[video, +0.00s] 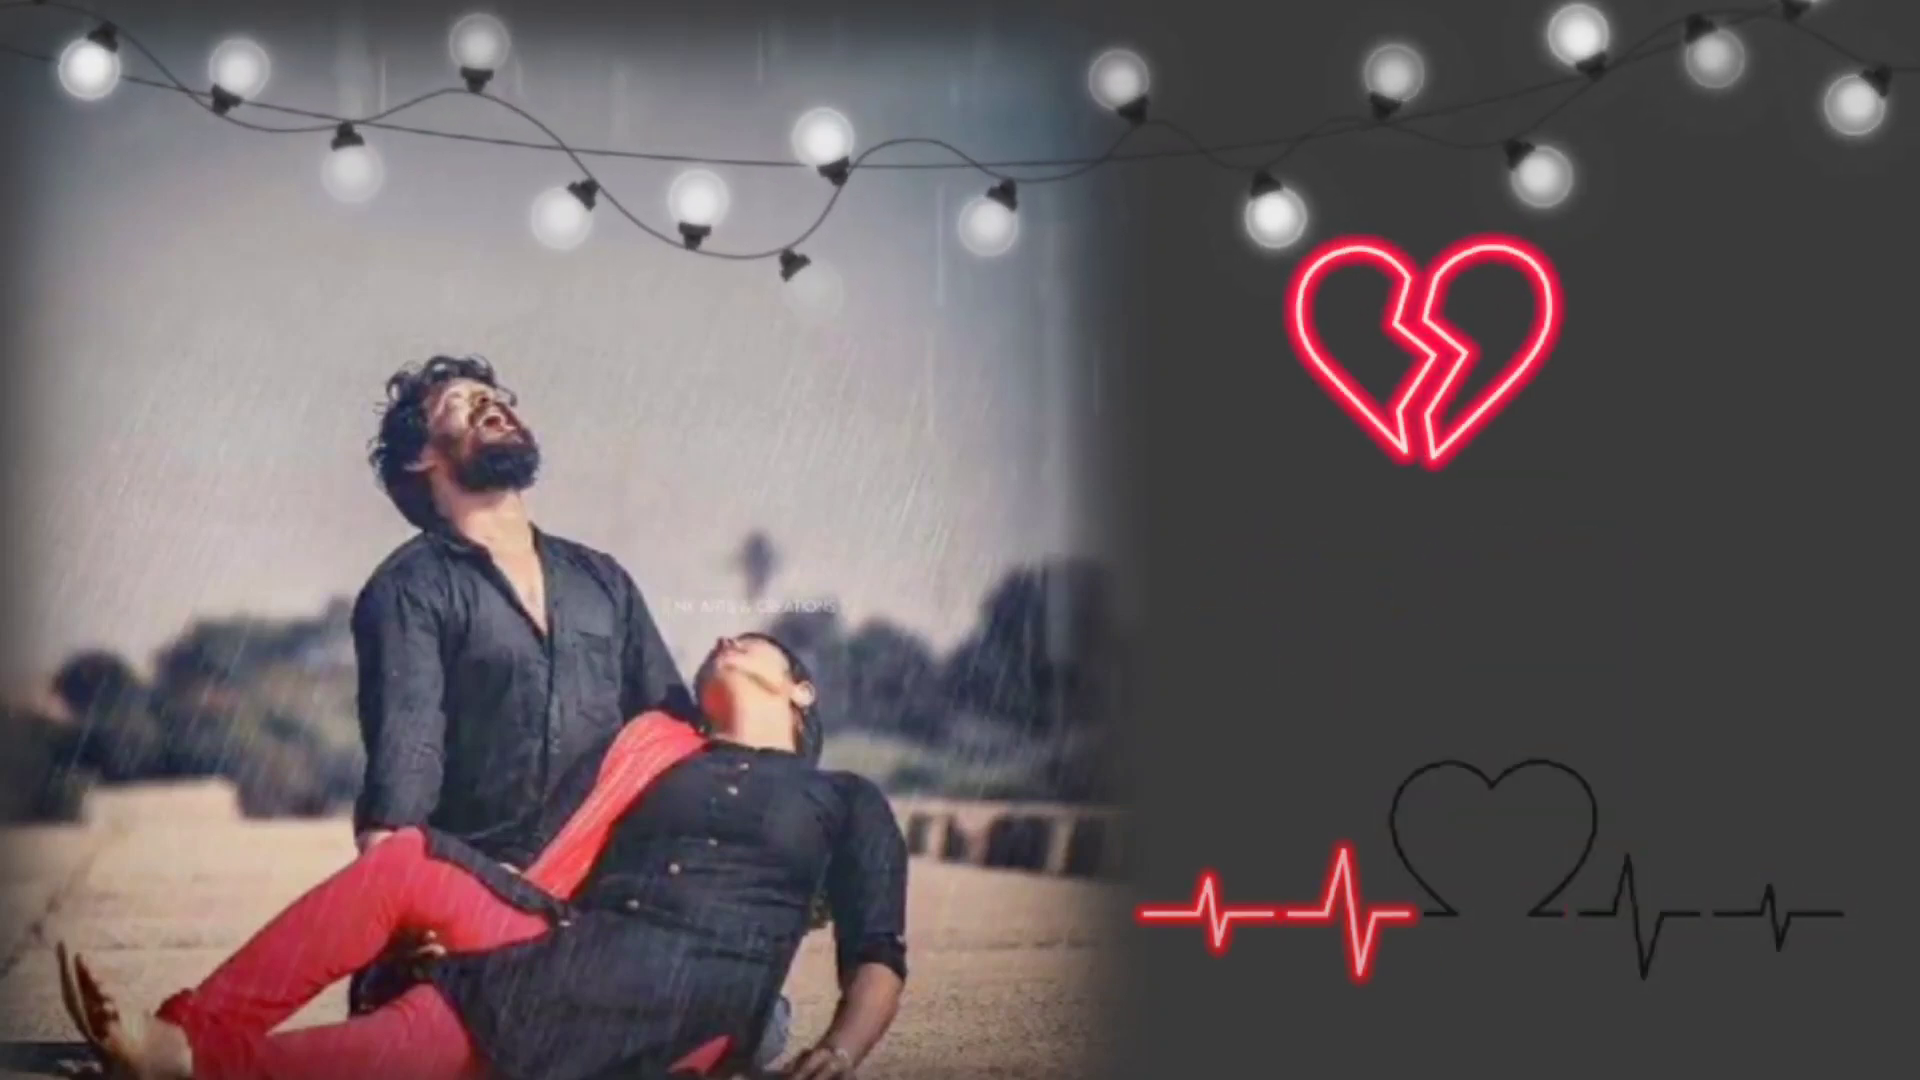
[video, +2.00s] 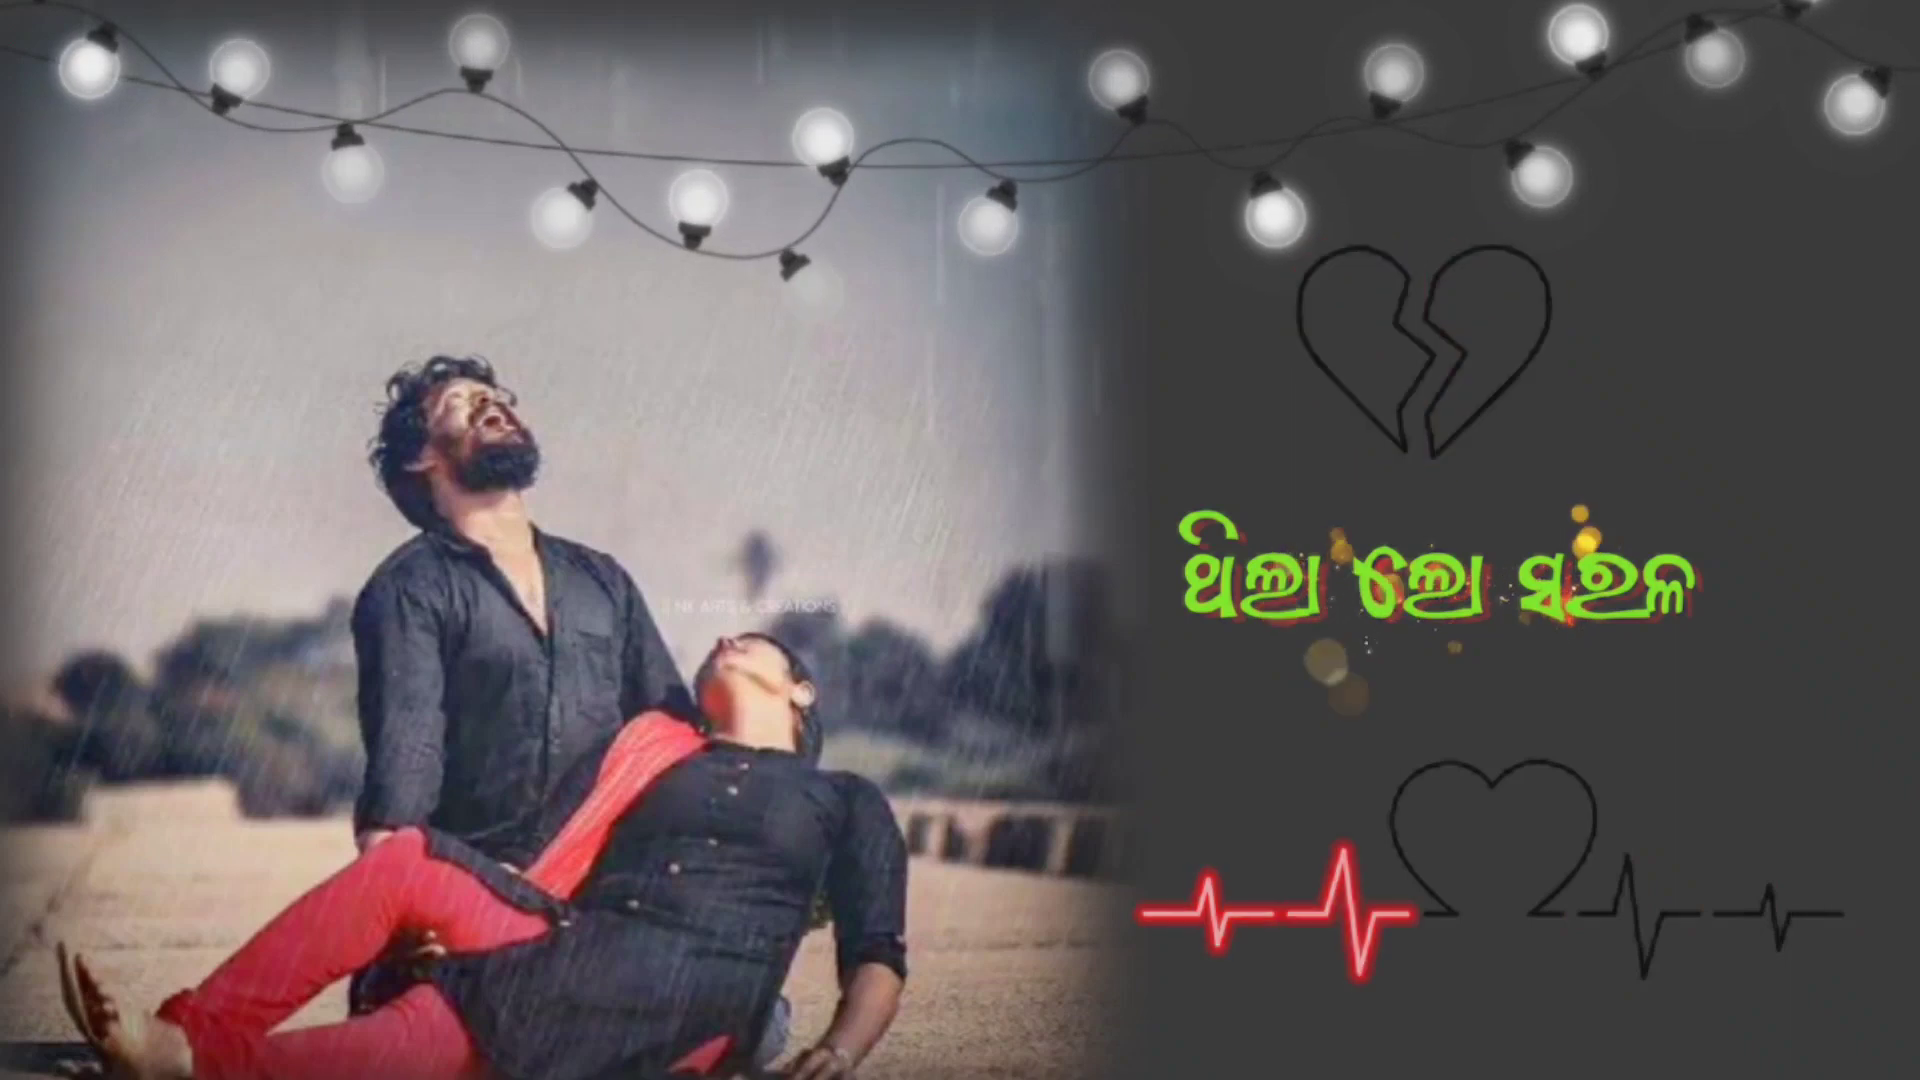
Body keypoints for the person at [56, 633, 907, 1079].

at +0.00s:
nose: (722, 662)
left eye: (749, 657)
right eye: (717, 661)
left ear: (799, 699)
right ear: (708, 699)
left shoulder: (843, 798)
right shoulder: (663, 757)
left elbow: (878, 967)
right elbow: (576, 894)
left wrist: (835, 1066)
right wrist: (457, 948)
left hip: (693, 981)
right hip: (588, 945)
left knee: (448, 1029)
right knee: (400, 860)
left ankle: (186, 1059)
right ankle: (178, 1040)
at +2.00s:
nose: (721, 658)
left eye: (749, 654)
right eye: (716, 657)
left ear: (799, 699)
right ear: (709, 699)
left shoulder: (844, 798)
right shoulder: (662, 753)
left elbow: (879, 968)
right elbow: (572, 891)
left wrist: (834, 1065)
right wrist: (455, 945)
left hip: (691, 984)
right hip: (585, 946)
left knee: (450, 1029)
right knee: (400, 862)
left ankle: (188, 1057)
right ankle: (179, 1041)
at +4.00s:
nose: (721, 660)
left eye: (749, 656)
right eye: (717, 659)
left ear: (799, 699)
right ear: (709, 698)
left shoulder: (844, 798)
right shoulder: (662, 755)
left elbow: (879, 967)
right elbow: (574, 892)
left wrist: (836, 1063)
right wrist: (455, 949)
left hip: (693, 982)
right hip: (587, 946)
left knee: (451, 1028)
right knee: (400, 859)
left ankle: (187, 1058)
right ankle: (178, 1041)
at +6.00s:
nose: (721, 660)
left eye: (749, 656)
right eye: (717, 659)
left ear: (799, 699)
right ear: (709, 698)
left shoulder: (844, 798)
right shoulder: (662, 755)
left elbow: (879, 967)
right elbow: (574, 892)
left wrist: (836, 1063)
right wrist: (455, 949)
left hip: (693, 982)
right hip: (587, 945)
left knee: (451, 1028)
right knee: (400, 859)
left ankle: (188, 1058)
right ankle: (178, 1041)